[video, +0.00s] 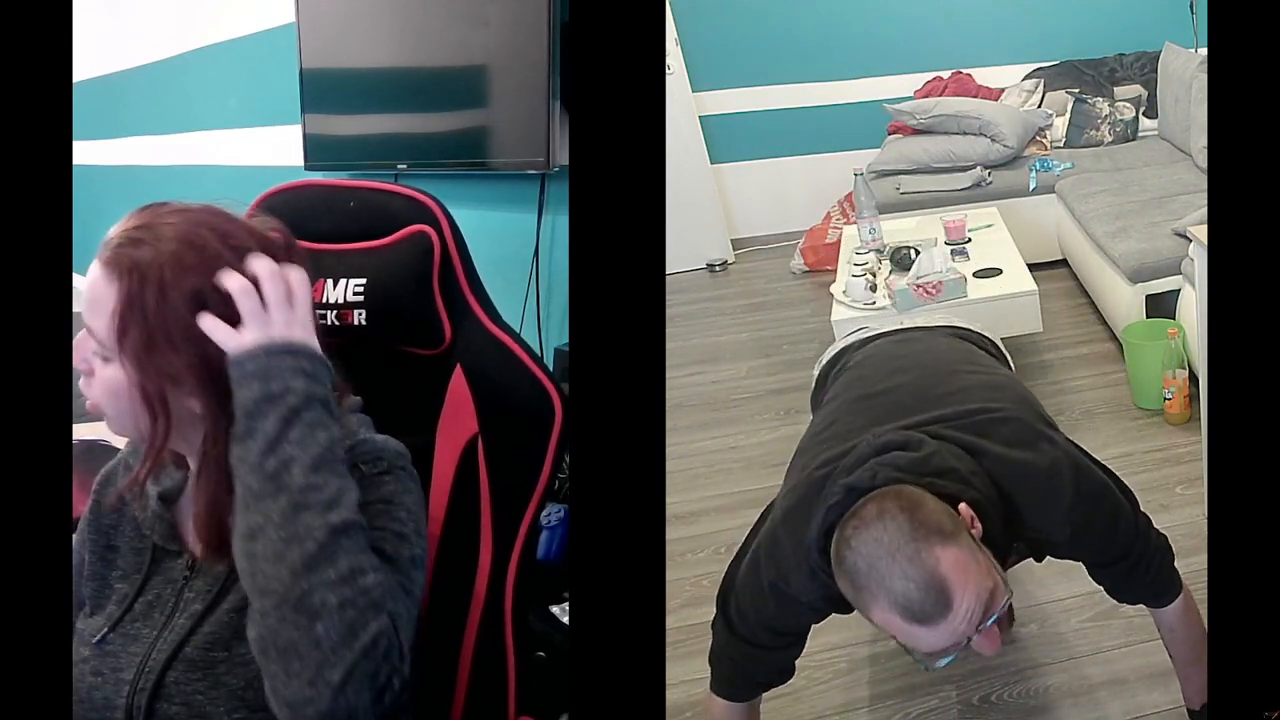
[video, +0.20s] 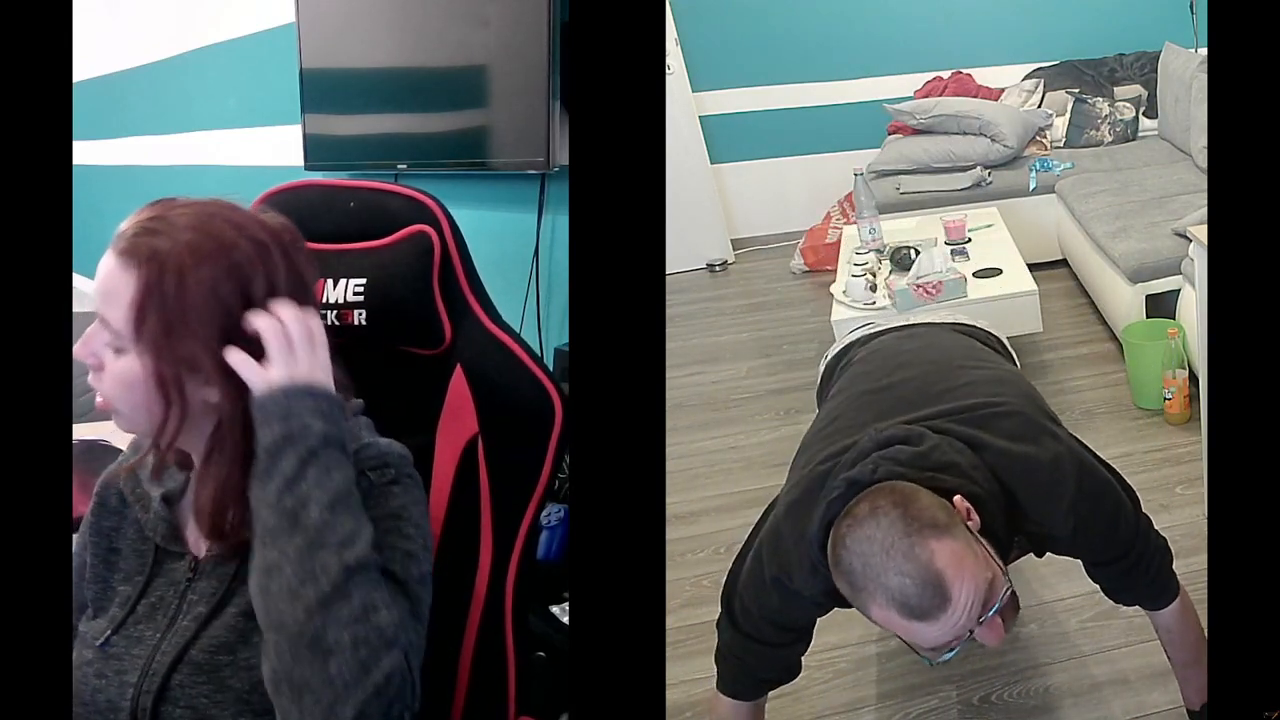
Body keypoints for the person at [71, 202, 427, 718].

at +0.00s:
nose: (77, 362)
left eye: (101, 351)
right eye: (85, 335)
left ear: (187, 373)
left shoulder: (364, 478)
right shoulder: (125, 484)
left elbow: (335, 695)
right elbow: (82, 641)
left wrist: (282, 389)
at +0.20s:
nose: (82, 354)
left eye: (115, 342)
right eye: (96, 327)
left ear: (209, 369)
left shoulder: (368, 483)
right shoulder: (127, 487)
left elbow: (349, 704)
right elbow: (80, 641)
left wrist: (301, 426)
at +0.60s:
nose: (114, 339)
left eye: (156, 326)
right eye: (130, 309)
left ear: (255, 361)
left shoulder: (387, 506)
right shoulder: (136, 488)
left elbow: (380, 716)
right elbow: (75, 658)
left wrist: (298, 539)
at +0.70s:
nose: (199, 335)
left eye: (246, 311)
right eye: (179, 306)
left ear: (318, 339)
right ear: (155, 329)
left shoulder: (386, 506)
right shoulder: (134, 486)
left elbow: (397, 711)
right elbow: (76, 659)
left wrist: (295, 572)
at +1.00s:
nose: (306, 335)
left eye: (325, 305)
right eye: (263, 308)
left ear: (346, 328)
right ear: (184, 342)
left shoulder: (393, 518)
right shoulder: (126, 493)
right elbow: (80, 676)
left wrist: (308, 613)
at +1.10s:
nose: (316, 346)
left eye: (332, 312)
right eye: (273, 316)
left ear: (350, 328)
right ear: (188, 343)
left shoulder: (393, 522)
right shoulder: (121, 495)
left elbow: (421, 708)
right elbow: (80, 677)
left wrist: (311, 626)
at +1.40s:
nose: (314, 353)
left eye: (331, 317)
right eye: (271, 320)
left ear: (348, 333)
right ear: (186, 342)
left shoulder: (389, 522)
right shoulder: (122, 493)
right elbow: (80, 676)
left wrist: (304, 634)